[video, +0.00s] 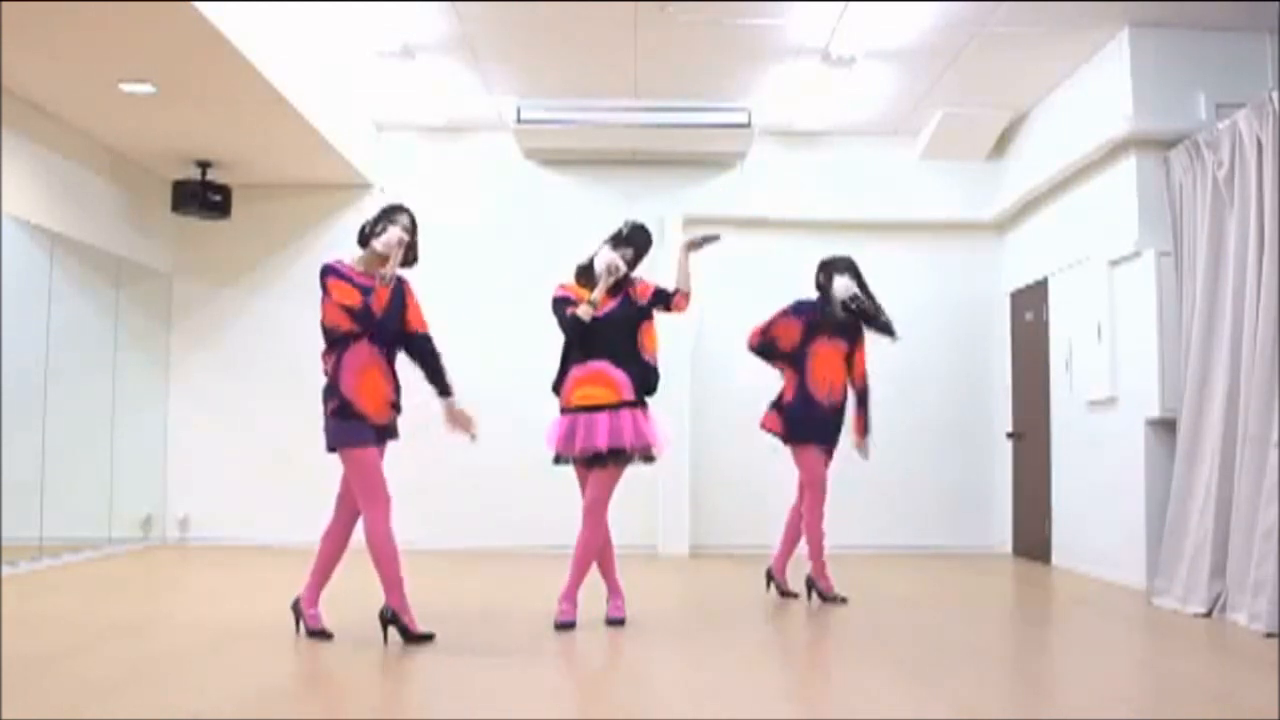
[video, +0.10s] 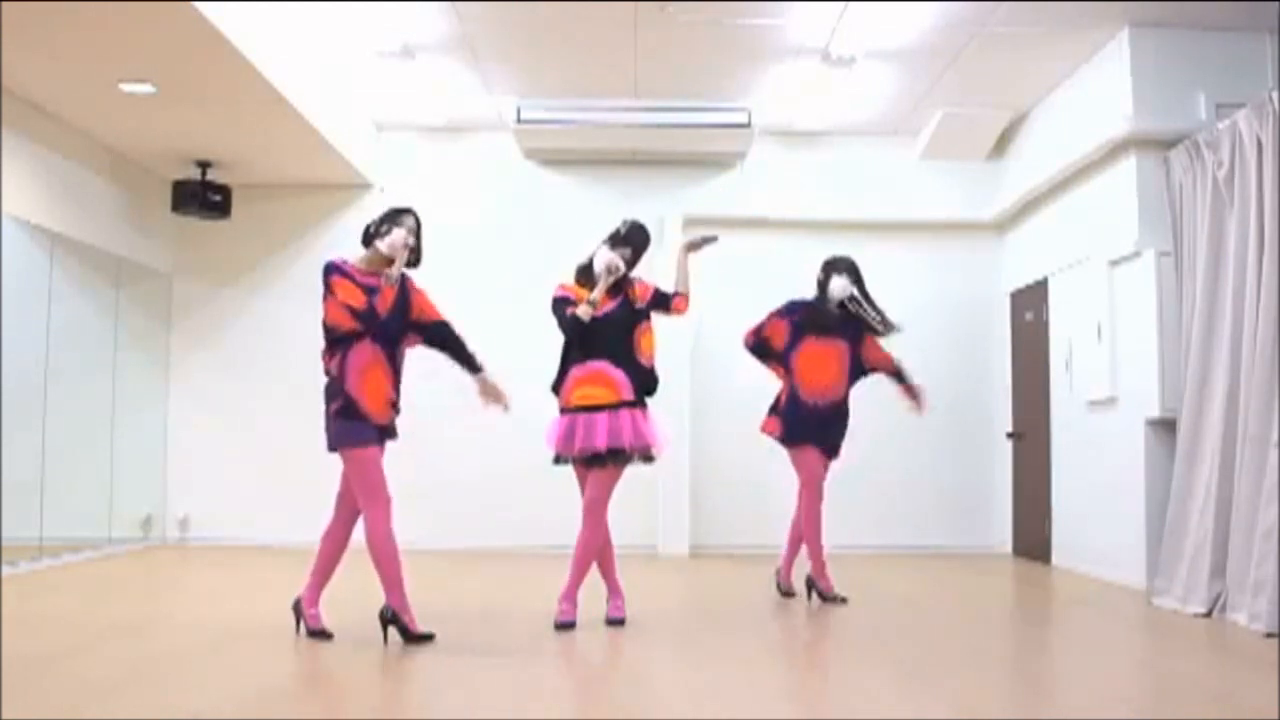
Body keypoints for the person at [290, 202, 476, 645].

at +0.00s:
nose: (397, 241)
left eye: (405, 239)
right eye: (392, 231)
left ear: (407, 249)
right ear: (371, 232)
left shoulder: (399, 289)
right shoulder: (335, 274)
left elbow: (420, 344)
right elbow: (363, 323)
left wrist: (448, 401)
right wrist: (387, 278)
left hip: (383, 409)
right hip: (346, 407)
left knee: (347, 508)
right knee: (376, 501)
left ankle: (308, 599)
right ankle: (397, 605)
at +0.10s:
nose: (405, 240)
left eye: (412, 238)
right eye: (400, 230)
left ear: (411, 251)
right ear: (376, 233)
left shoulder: (403, 288)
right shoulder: (340, 274)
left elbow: (439, 331)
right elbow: (372, 326)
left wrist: (479, 374)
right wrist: (397, 279)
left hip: (380, 408)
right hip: (347, 404)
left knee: (347, 507)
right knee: (376, 502)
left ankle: (309, 598)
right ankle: (396, 605)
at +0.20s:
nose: (413, 245)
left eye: (419, 243)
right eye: (409, 234)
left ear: (416, 253)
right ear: (387, 233)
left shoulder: (404, 287)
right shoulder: (343, 271)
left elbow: (447, 311)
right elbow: (368, 322)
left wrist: (494, 329)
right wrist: (400, 279)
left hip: (380, 406)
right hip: (349, 402)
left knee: (346, 507)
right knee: (377, 502)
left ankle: (309, 598)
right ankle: (397, 606)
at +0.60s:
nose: (428, 269)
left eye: (433, 266)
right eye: (424, 257)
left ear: (426, 274)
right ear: (397, 253)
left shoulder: (414, 306)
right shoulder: (357, 292)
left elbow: (450, 307)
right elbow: (381, 340)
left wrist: (459, 280)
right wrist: (414, 292)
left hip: (386, 422)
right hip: (359, 420)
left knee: (404, 519)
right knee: (411, 508)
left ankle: (340, 589)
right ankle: (401, 606)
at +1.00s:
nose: (389, 263)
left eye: (398, 257)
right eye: (383, 253)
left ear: (403, 267)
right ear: (366, 256)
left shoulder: (412, 307)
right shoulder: (339, 293)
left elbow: (459, 304)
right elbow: (334, 339)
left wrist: (430, 264)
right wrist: (364, 299)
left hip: (390, 423)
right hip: (343, 418)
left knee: (378, 511)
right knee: (373, 494)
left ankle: (355, 590)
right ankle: (347, 587)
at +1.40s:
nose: (373, 246)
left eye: (382, 241)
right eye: (368, 239)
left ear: (391, 250)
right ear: (356, 245)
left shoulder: (404, 295)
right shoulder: (335, 291)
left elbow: (442, 335)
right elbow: (296, 326)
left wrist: (414, 328)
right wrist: (322, 303)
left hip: (388, 413)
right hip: (340, 412)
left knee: (376, 502)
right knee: (339, 503)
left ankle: (376, 588)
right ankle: (338, 587)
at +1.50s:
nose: (374, 244)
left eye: (382, 238)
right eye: (368, 237)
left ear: (391, 247)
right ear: (356, 244)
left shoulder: (405, 293)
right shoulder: (333, 290)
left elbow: (444, 328)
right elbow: (289, 317)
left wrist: (419, 356)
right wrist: (307, 333)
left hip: (388, 408)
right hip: (340, 408)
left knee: (379, 498)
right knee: (344, 500)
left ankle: (376, 586)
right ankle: (349, 587)